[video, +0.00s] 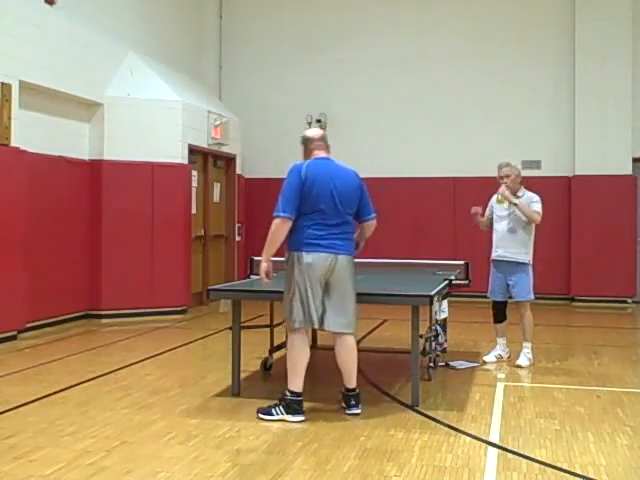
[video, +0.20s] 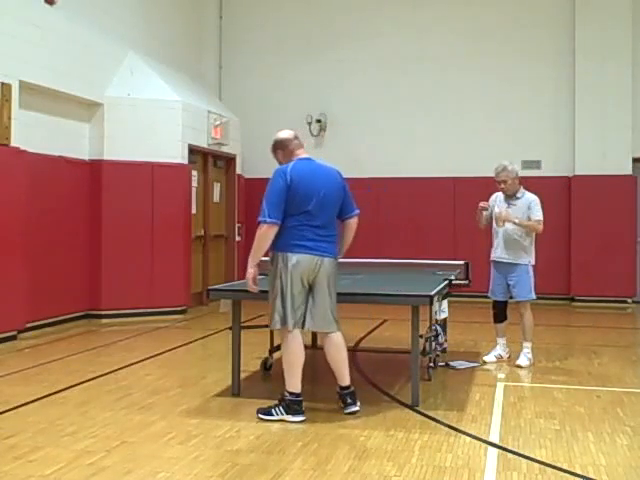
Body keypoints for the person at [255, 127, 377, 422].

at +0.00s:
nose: (302, 152)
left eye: (302, 148)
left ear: (304, 150)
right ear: (329, 148)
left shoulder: (300, 171)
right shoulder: (351, 175)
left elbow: (284, 218)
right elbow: (369, 222)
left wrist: (265, 257)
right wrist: (352, 245)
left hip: (307, 259)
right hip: (343, 260)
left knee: (299, 328)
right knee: (344, 330)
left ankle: (293, 402)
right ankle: (352, 398)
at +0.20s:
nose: (277, 163)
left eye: (276, 159)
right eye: (276, 160)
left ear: (280, 155)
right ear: (302, 146)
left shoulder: (284, 173)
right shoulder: (333, 173)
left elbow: (270, 223)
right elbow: (351, 217)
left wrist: (252, 263)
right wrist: (339, 253)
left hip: (293, 260)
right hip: (327, 261)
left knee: (291, 329)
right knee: (330, 328)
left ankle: (292, 403)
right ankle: (348, 397)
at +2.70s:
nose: (66, 179)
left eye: (64, 173)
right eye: (64, 176)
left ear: (72, 162)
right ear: (78, 158)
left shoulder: (92, 169)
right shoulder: (102, 171)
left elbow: (109, 193)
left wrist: (97, 233)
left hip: (115, 250)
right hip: (117, 249)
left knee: (103, 325)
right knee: (109, 326)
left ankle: (149, 381)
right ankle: (95, 389)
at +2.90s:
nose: (53, 174)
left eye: (51, 168)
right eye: (50, 171)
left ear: (59, 157)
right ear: (64, 154)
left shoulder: (82, 164)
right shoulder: (79, 175)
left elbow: (101, 189)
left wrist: (83, 230)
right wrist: (70, 249)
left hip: (98, 248)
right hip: (107, 249)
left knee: (59, 314)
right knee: (94, 321)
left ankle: (97, 373)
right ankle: (94, 390)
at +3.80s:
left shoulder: (10, 162)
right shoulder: (9, 164)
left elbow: (46, 193)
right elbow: (45, 194)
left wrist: (15, 234)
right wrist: (14, 235)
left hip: (20, 252)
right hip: (8, 252)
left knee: (16, 326)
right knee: (11, 327)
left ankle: (17, 399)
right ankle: (11, 384)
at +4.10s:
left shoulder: (3, 166)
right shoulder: (4, 166)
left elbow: (34, 194)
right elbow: (33, 195)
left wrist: (4, 231)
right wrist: (5, 231)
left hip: (4, 253)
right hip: (4, 253)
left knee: (6, 331)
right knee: (6, 331)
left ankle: (14, 399)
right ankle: (13, 398)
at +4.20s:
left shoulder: (1, 171)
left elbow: (25, 194)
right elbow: (25, 194)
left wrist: (2, 228)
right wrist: (3, 227)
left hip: (1, 253)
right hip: (2, 253)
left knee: (2, 333)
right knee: (3, 333)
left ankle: (13, 399)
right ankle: (12, 398)